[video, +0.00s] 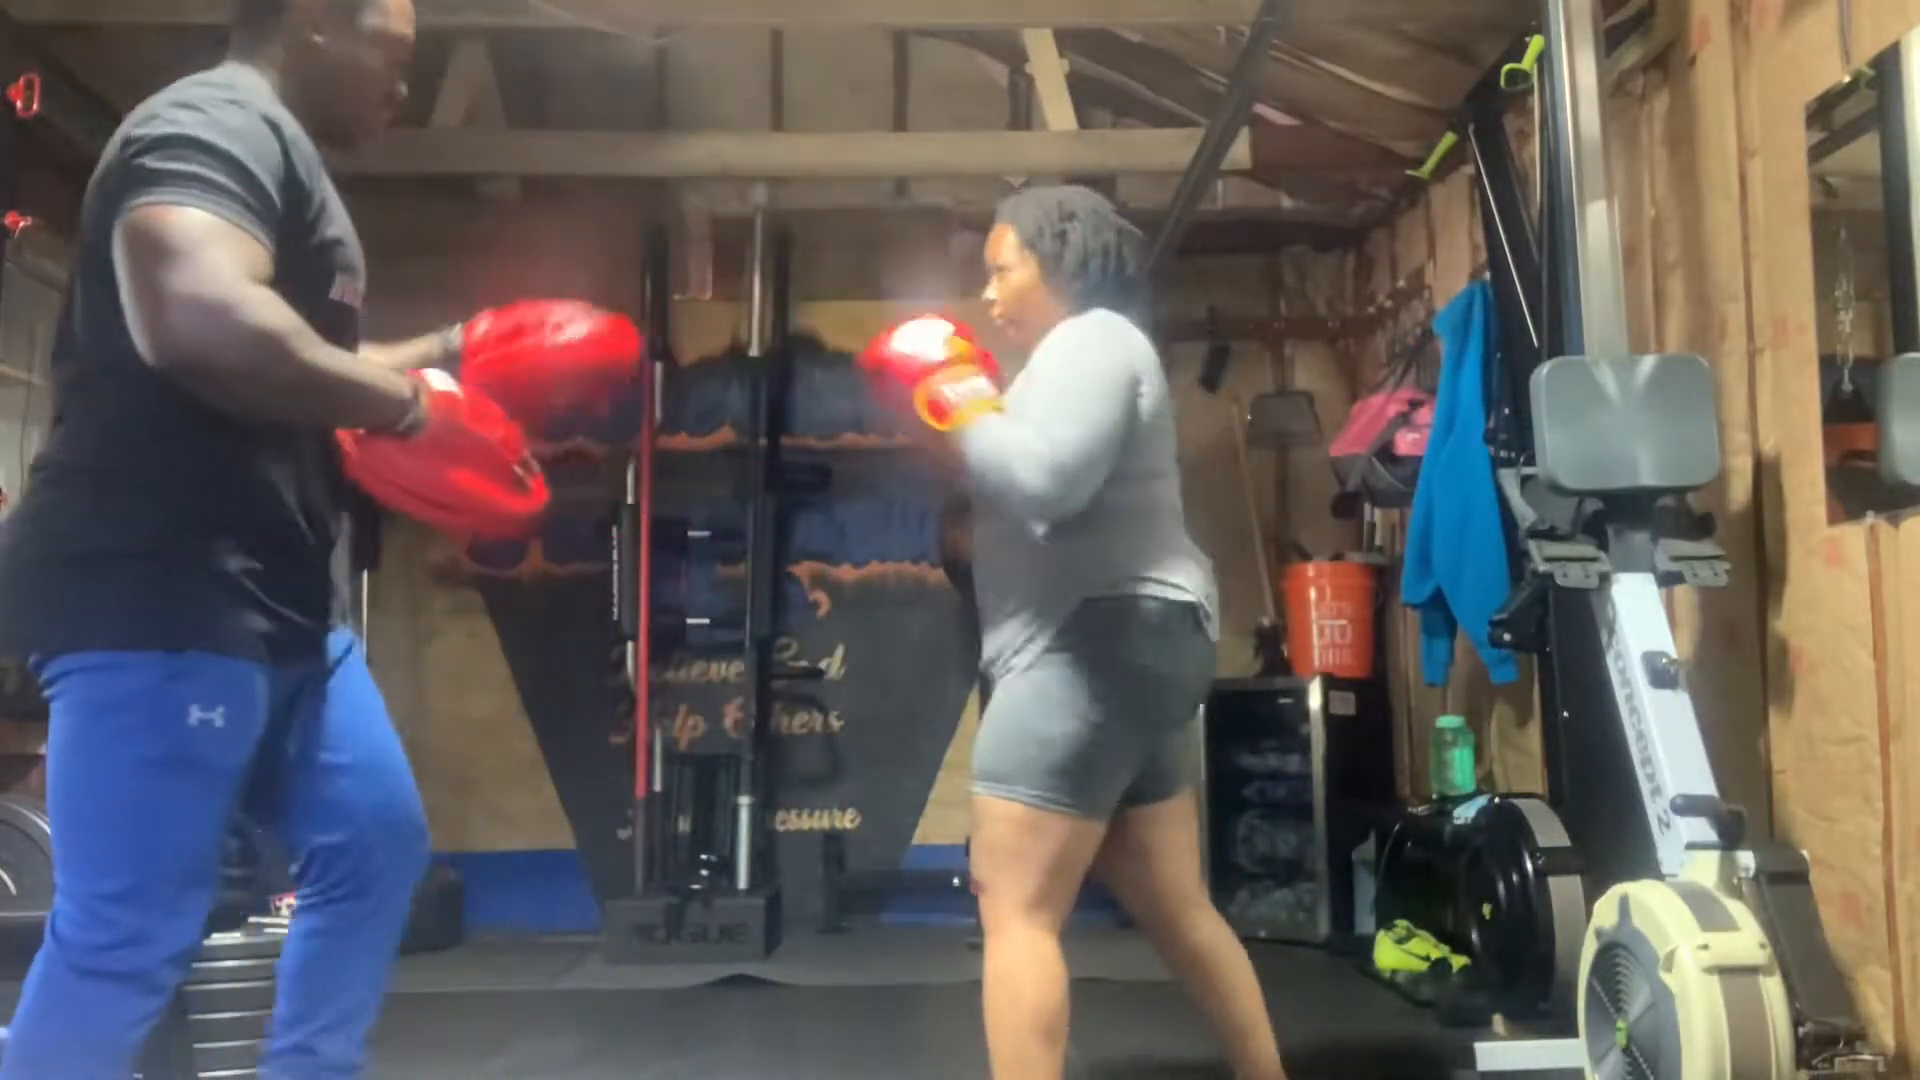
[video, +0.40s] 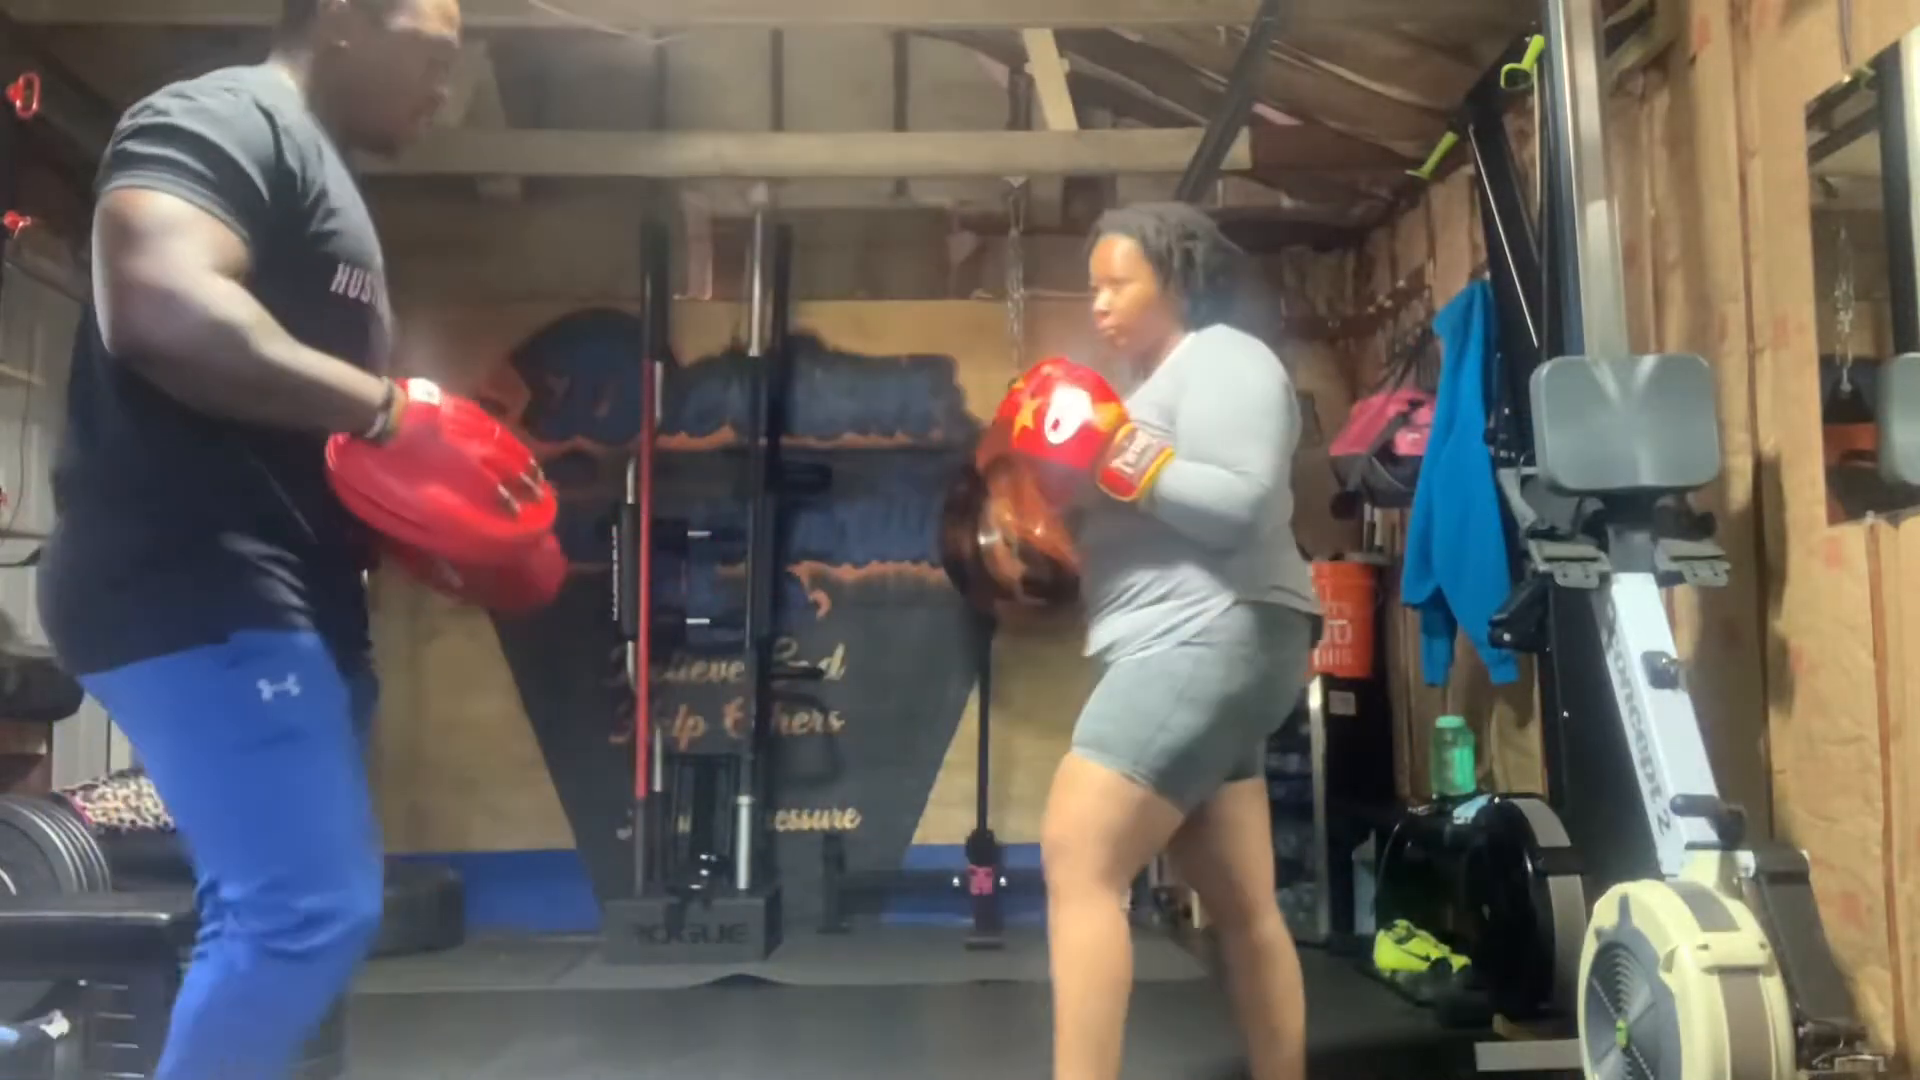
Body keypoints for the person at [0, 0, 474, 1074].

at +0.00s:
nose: (404, 92)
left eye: (408, 67)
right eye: (396, 55)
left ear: (314, 30)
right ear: (316, 23)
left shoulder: (285, 167)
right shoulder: (213, 114)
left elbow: (289, 372)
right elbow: (195, 318)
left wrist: (453, 351)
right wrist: (404, 402)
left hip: (282, 608)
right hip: (158, 605)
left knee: (374, 850)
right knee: (122, 940)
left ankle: (307, 1068)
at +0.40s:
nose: (447, 84)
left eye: (452, 59)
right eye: (436, 45)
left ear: (354, 23)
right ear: (346, 17)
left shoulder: (323, 185)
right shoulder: (219, 113)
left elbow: (333, 423)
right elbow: (163, 312)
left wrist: (436, 522)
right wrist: (383, 406)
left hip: (283, 586)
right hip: (190, 579)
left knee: (279, 916)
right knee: (302, 911)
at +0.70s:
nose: (569, 75)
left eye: (580, 49)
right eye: (564, 34)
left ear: (474, 19)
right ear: (466, 7)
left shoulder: (491, 208)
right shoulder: (300, 96)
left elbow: (488, 423)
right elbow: (167, 278)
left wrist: (589, 513)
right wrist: (410, 384)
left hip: (383, 600)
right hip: (272, 586)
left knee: (260, 949)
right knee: (398, 909)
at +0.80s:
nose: (638, 54)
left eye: (644, 34)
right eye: (627, 19)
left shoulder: (564, 223)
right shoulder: (350, 91)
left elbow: (576, 429)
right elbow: (212, 281)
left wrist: (667, 532)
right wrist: (463, 386)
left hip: (460, 617)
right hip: (338, 597)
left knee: (314, 960)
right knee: (459, 926)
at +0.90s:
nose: (695, 40)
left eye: (702, 20)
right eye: (687, 9)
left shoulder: (630, 199)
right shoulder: (421, 63)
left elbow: (640, 406)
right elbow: (290, 259)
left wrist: (726, 527)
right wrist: (548, 366)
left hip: (542, 605)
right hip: (408, 593)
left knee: (460, 938)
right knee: (526, 941)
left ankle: (301, 1079)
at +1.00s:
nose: (756, 31)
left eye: (763, 19)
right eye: (750, 8)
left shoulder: (675, 159)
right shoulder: (496, 30)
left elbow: (711, 377)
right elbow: (404, 227)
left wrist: (813, 508)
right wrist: (666, 341)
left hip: (635, 595)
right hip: (484, 588)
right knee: (559, 958)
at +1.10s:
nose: (837, 12)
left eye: (841, 4)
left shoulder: (742, 118)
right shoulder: (575, 19)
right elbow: (543, 212)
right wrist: (791, 308)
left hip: (722, 583)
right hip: (569, 578)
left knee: (792, 895)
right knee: (581, 968)